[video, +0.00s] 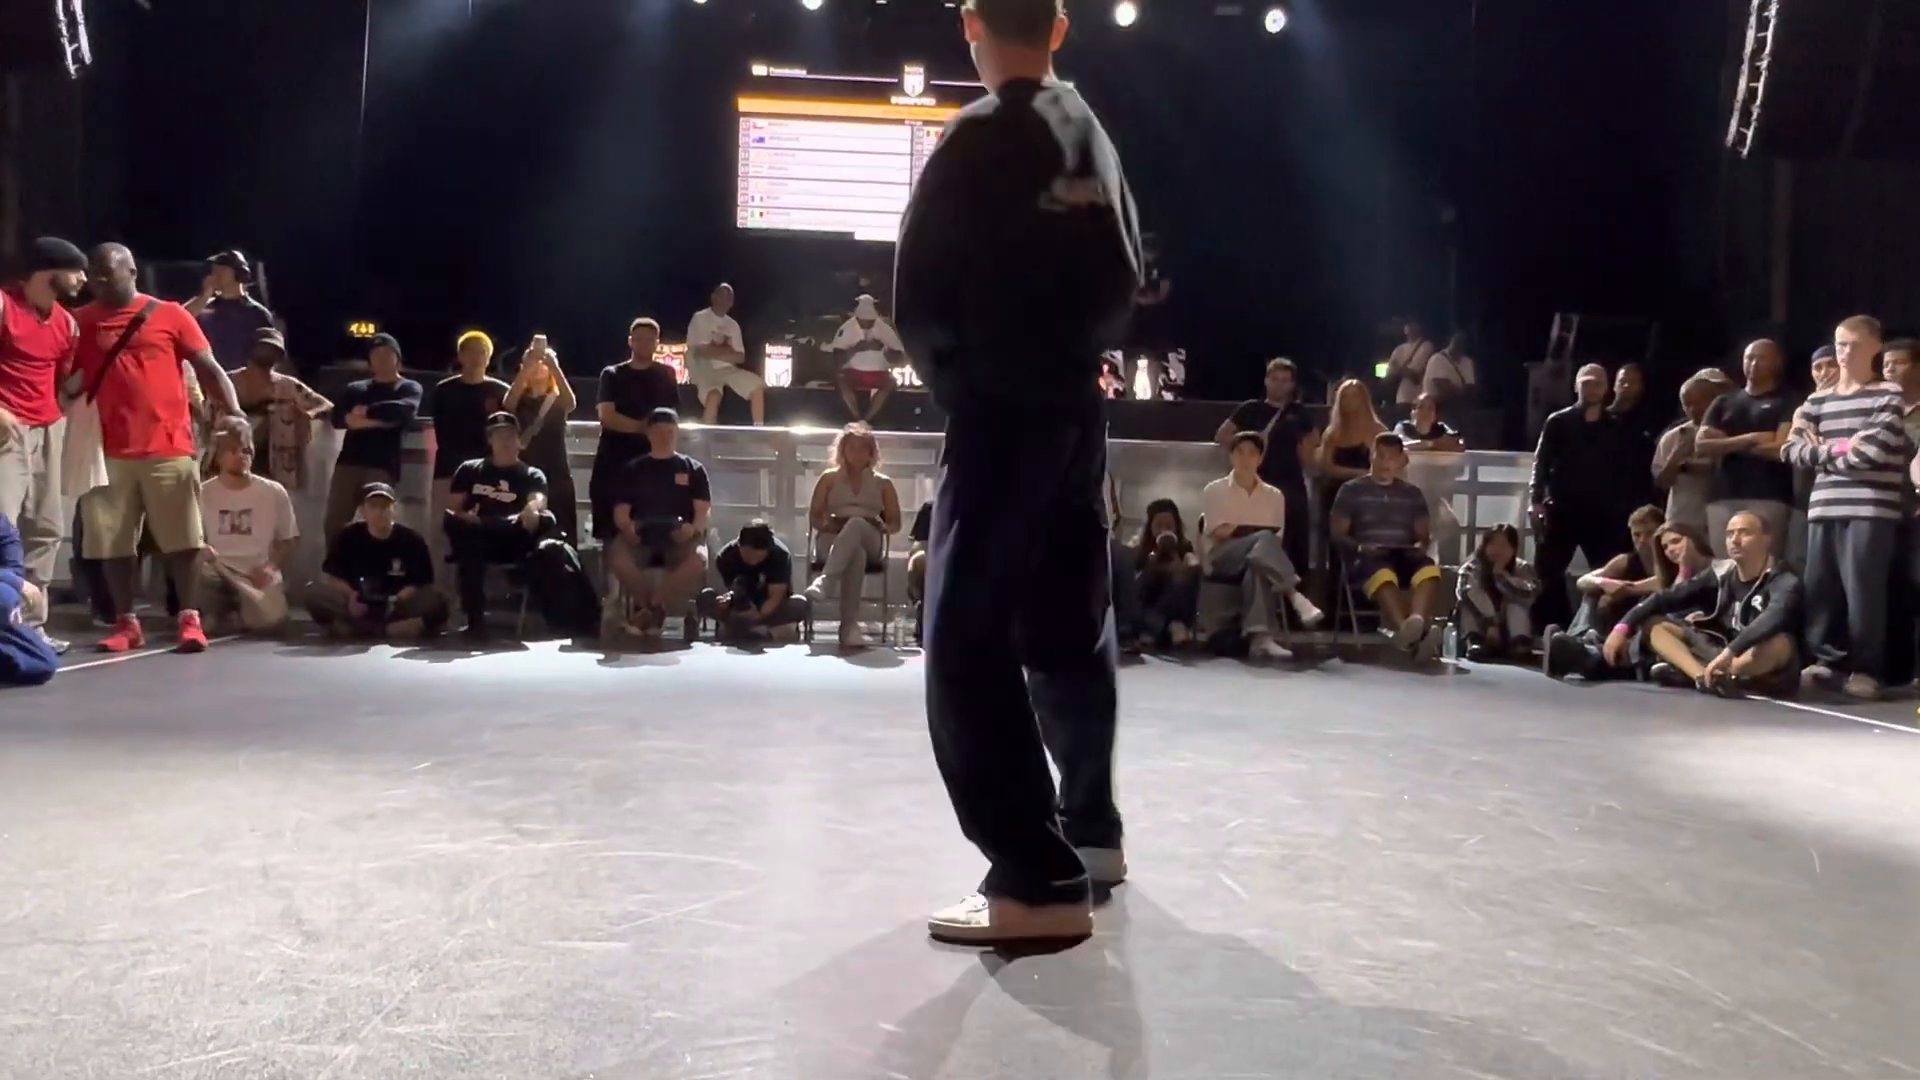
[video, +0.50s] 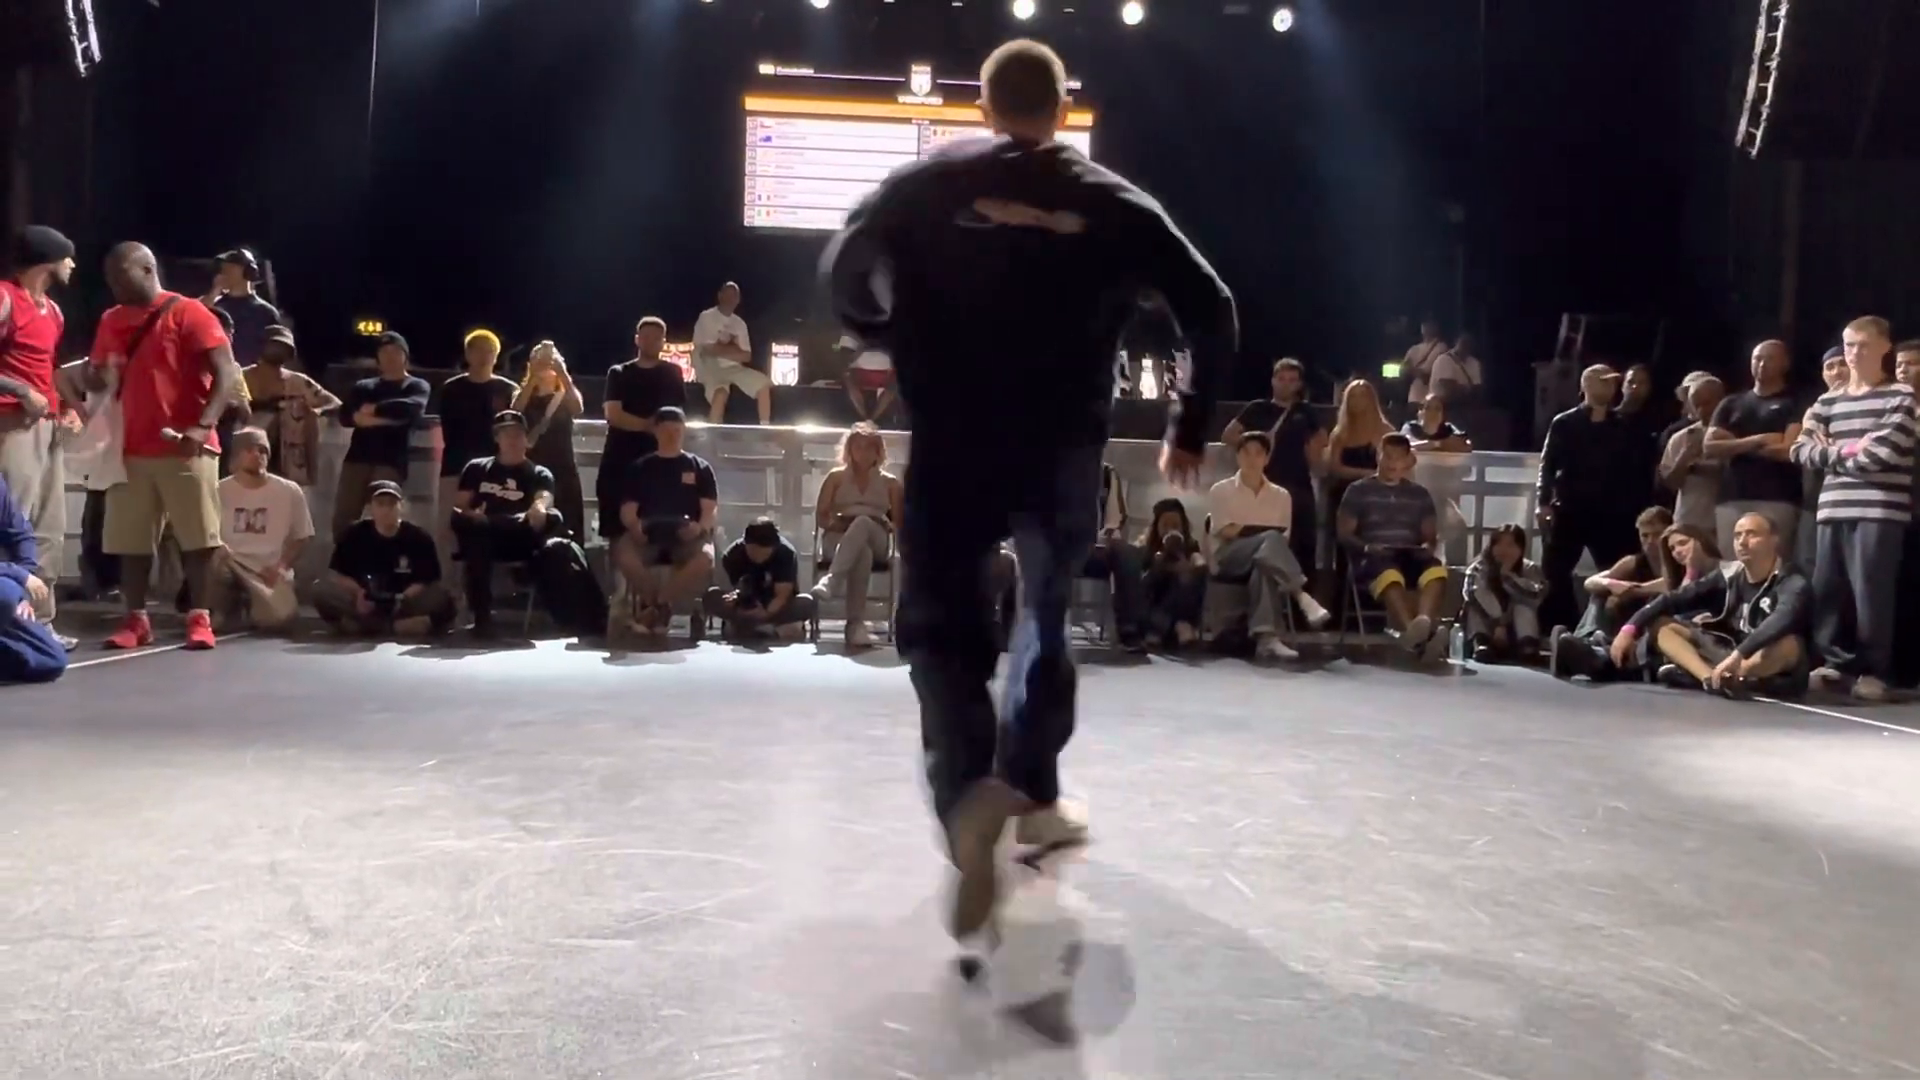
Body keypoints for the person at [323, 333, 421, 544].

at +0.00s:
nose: (382, 359)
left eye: (387, 354)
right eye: (377, 354)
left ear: (397, 359)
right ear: (370, 360)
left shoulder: (410, 388)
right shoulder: (355, 388)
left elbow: (403, 413)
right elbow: (338, 419)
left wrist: (365, 411)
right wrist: (379, 422)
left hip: (382, 466)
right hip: (349, 464)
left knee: (377, 526)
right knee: (334, 523)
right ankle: (332, 572)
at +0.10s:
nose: (382, 357)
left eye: (387, 351)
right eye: (378, 352)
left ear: (397, 356)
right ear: (371, 358)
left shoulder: (411, 386)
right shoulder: (356, 386)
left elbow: (404, 411)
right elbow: (338, 417)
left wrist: (365, 409)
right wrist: (380, 419)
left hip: (382, 464)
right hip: (350, 461)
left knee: (378, 524)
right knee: (335, 522)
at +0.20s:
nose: (385, 357)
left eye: (390, 352)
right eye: (380, 352)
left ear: (400, 357)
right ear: (373, 358)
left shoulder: (413, 386)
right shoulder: (359, 386)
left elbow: (407, 410)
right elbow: (341, 418)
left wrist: (369, 409)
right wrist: (382, 419)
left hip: (385, 463)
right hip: (353, 460)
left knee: (380, 523)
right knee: (338, 521)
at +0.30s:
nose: (387, 357)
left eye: (392, 352)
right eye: (382, 352)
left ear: (402, 356)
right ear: (375, 358)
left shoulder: (415, 386)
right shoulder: (360, 386)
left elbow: (409, 410)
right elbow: (343, 418)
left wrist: (370, 409)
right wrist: (386, 419)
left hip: (388, 462)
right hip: (355, 459)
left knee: (382, 521)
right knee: (340, 520)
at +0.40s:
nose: (387, 357)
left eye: (392, 352)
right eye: (383, 352)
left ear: (403, 356)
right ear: (376, 358)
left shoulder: (416, 385)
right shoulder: (362, 385)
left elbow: (411, 410)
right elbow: (344, 418)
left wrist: (371, 408)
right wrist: (386, 419)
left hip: (388, 462)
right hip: (356, 459)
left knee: (382, 521)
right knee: (341, 520)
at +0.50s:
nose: (389, 357)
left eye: (395, 352)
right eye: (385, 352)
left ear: (405, 357)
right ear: (378, 358)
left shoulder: (418, 386)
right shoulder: (364, 385)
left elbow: (412, 410)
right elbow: (346, 417)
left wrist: (373, 409)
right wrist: (388, 420)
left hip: (390, 462)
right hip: (358, 459)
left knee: (384, 521)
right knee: (343, 520)